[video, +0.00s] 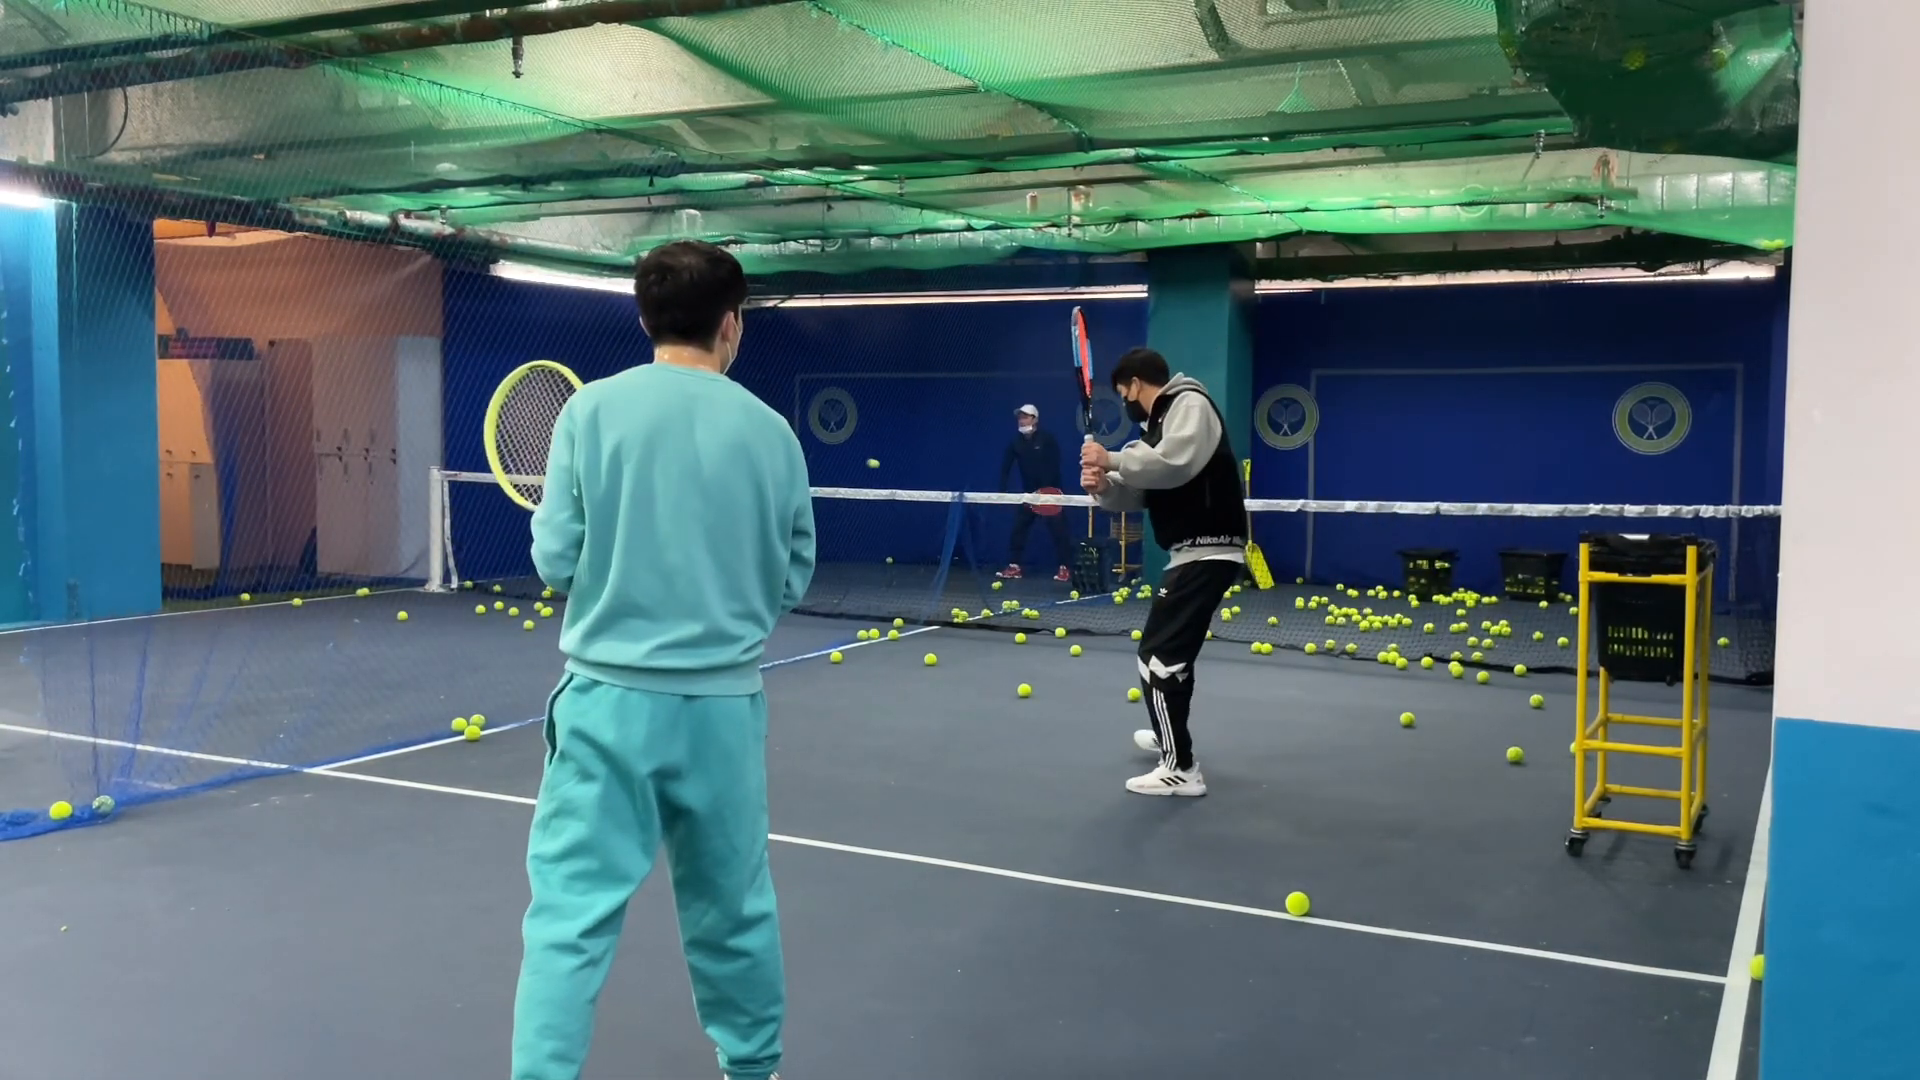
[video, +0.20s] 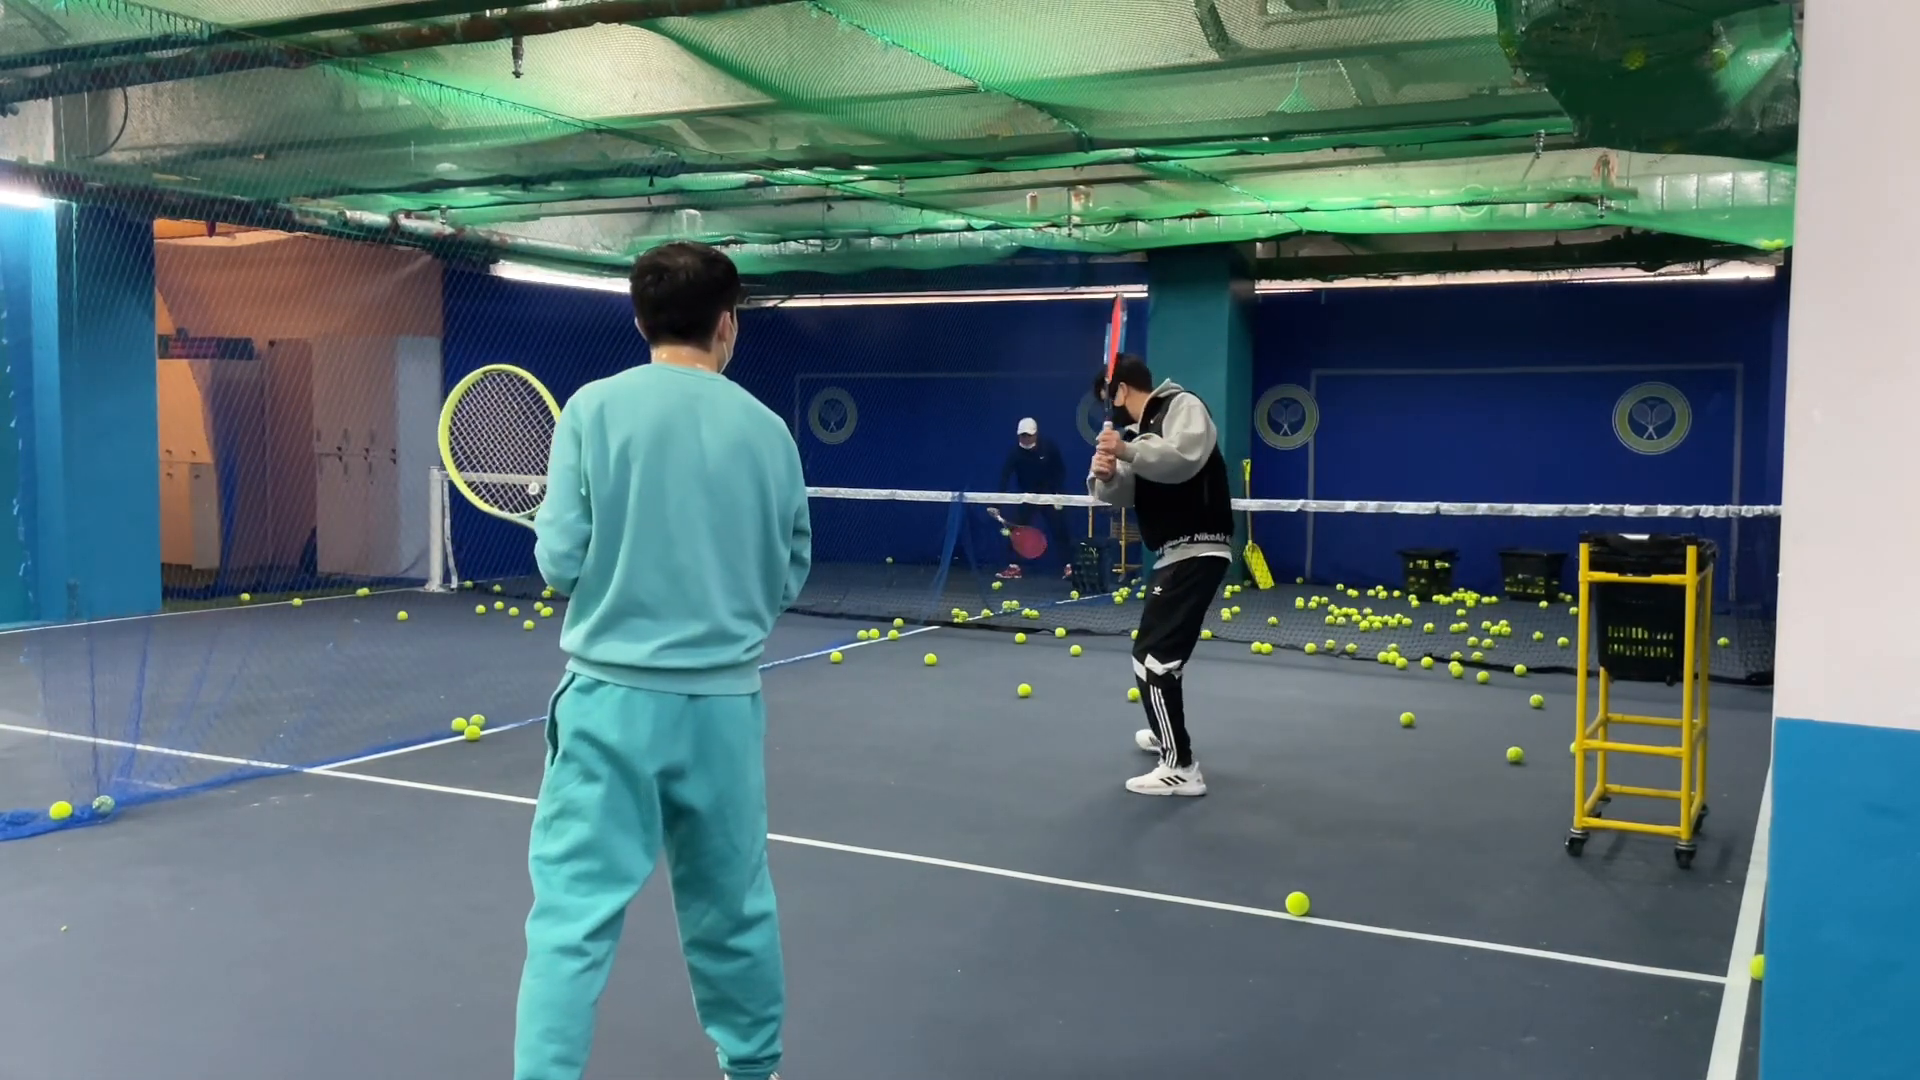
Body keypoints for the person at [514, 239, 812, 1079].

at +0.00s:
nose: (741, 327)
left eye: (737, 315)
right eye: (740, 315)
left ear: (645, 323)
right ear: (728, 323)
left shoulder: (591, 412)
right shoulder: (771, 432)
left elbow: (554, 557)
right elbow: (793, 575)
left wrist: (631, 548)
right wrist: (716, 590)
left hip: (607, 707)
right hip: (724, 711)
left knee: (570, 913)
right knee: (733, 906)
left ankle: (542, 1071)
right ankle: (751, 1065)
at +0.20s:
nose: (737, 328)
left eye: (734, 316)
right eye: (736, 316)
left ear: (641, 324)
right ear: (725, 321)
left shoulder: (590, 412)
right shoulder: (768, 430)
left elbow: (559, 557)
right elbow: (789, 569)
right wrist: (724, 609)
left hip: (609, 708)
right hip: (725, 712)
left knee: (572, 915)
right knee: (733, 908)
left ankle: (545, 1072)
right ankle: (751, 1066)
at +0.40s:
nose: (735, 328)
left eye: (731, 316)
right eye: (734, 316)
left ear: (638, 325)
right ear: (723, 322)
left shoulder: (594, 411)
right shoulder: (768, 431)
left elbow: (562, 558)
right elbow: (777, 561)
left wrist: (553, 546)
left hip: (612, 707)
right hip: (727, 710)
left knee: (574, 914)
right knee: (733, 904)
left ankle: (548, 1072)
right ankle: (751, 1065)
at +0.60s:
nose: (732, 330)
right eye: (731, 319)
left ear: (634, 324)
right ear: (723, 323)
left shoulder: (605, 400)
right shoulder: (754, 426)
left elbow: (533, 535)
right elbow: (657, 563)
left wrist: (469, 513)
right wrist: (521, 556)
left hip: (617, 708)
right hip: (726, 710)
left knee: (579, 920)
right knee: (732, 905)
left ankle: (554, 1071)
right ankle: (752, 1065)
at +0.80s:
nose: (606, 326)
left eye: (608, 316)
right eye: (713, 320)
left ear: (615, 324)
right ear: (705, 325)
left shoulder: (604, 393)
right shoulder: (722, 419)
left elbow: (530, 506)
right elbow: (593, 533)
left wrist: (431, 471)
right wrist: (465, 524)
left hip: (615, 709)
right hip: (718, 708)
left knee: (582, 927)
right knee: (724, 904)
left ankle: (562, 1071)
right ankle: (753, 1064)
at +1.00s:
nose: (582, 323)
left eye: (583, 312)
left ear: (587, 323)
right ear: (680, 327)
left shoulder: (602, 399)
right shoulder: (692, 415)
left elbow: (575, 513)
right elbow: (573, 533)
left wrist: (444, 473)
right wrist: (451, 519)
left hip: (612, 710)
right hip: (702, 707)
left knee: (577, 932)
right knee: (711, 900)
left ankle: (564, 1071)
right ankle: (751, 1063)